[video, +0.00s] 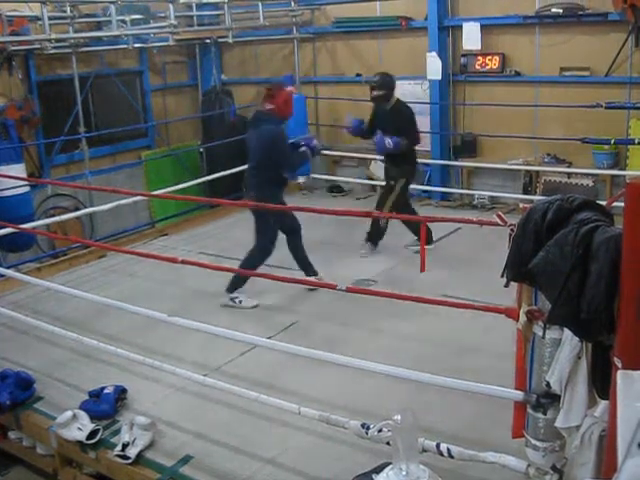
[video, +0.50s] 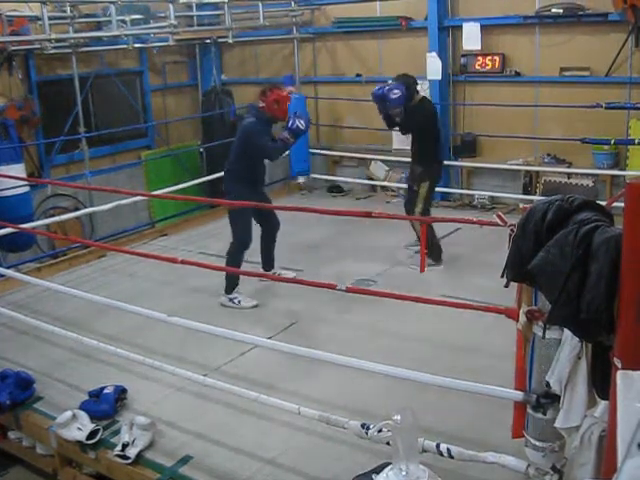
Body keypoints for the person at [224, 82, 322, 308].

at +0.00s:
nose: (291, 108)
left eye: (291, 103)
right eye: (289, 103)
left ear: (270, 104)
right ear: (280, 105)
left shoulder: (258, 125)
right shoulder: (273, 131)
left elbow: (274, 154)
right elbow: (289, 164)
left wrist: (297, 145)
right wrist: (308, 152)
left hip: (260, 192)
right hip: (267, 195)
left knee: (292, 229)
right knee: (265, 245)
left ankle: (311, 275)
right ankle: (232, 290)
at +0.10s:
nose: (285, 110)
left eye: (284, 105)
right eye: (281, 105)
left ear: (265, 106)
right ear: (272, 107)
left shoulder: (255, 128)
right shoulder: (262, 134)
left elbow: (262, 161)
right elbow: (276, 168)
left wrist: (284, 151)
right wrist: (296, 156)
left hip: (257, 194)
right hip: (257, 197)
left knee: (289, 225)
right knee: (258, 247)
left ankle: (300, 273)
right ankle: (230, 293)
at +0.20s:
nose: (280, 108)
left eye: (280, 103)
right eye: (277, 103)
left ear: (262, 104)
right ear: (265, 104)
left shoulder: (255, 126)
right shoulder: (254, 130)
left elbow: (257, 156)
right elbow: (267, 164)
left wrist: (277, 148)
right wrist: (288, 150)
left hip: (258, 191)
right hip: (250, 193)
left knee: (285, 221)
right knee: (254, 243)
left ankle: (288, 270)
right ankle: (230, 293)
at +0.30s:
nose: (277, 107)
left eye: (278, 102)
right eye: (274, 102)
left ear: (261, 102)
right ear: (262, 102)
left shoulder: (256, 123)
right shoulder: (250, 126)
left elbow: (263, 153)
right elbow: (265, 157)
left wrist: (283, 139)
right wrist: (287, 141)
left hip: (256, 189)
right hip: (244, 191)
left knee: (280, 223)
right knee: (250, 243)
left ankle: (274, 268)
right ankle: (230, 293)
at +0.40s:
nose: (279, 110)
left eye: (280, 105)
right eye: (276, 105)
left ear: (264, 104)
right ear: (263, 104)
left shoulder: (259, 124)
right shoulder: (250, 126)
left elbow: (268, 150)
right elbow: (268, 154)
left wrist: (284, 136)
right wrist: (287, 138)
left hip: (256, 189)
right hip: (242, 190)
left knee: (274, 226)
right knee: (247, 242)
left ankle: (269, 269)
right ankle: (229, 294)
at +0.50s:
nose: (282, 111)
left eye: (283, 106)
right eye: (279, 105)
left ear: (269, 105)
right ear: (266, 103)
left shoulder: (263, 125)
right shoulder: (252, 126)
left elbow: (272, 149)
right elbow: (271, 153)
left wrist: (289, 135)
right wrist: (290, 136)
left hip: (253, 187)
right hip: (237, 188)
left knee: (271, 224)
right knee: (242, 238)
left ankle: (269, 270)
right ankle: (229, 292)